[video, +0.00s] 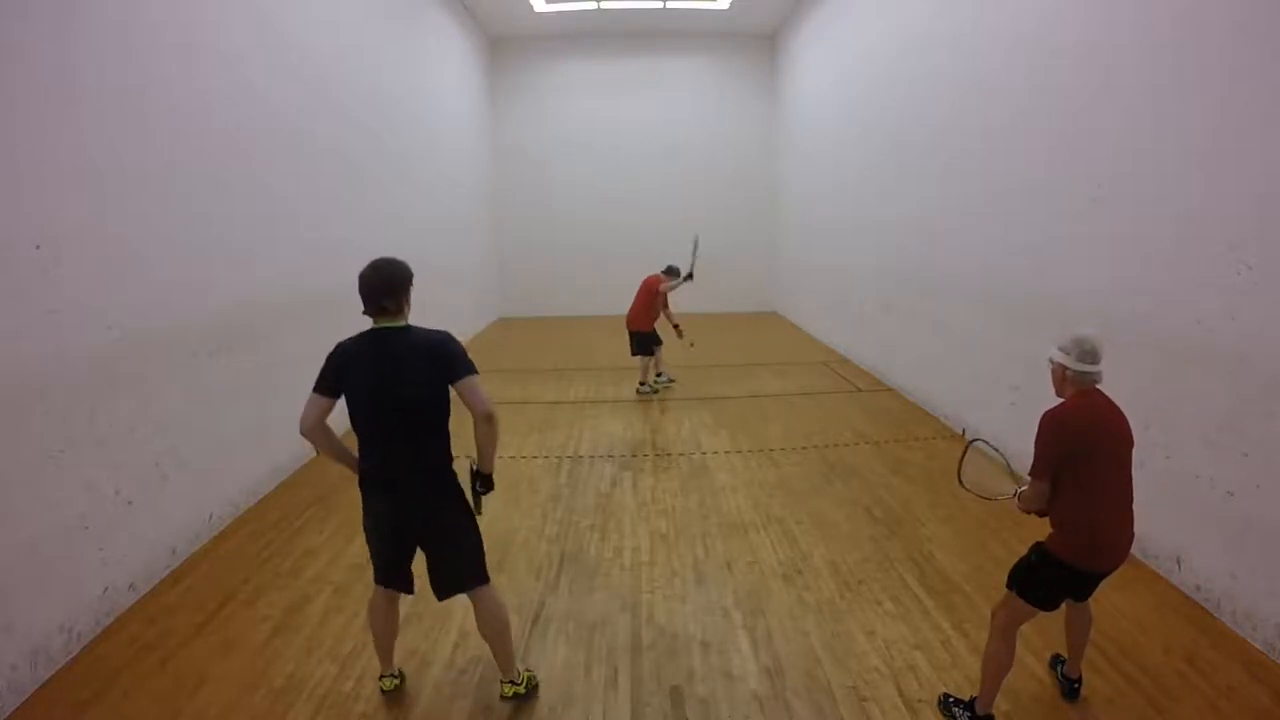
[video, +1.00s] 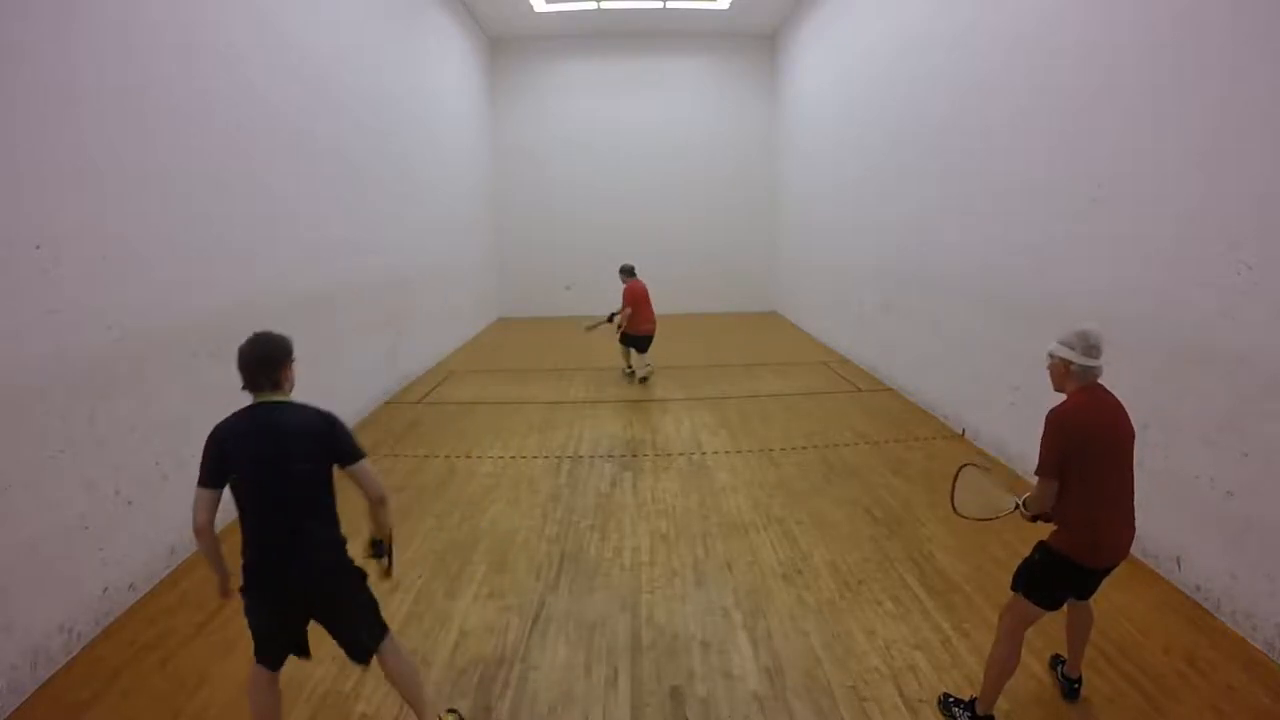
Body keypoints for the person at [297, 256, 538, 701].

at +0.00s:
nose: (411, 296)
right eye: (409, 291)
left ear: (363, 301)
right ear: (407, 297)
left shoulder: (346, 354)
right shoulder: (440, 345)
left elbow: (311, 425)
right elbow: (484, 411)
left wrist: (355, 465)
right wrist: (484, 470)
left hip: (381, 494)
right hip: (438, 490)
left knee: (386, 586)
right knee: (479, 586)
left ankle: (387, 673)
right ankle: (511, 678)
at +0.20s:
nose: (402, 313)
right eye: (401, 307)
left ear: (353, 318)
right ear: (398, 313)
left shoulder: (335, 377)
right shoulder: (430, 365)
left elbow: (309, 456)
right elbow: (473, 441)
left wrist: (348, 490)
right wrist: (477, 497)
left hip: (373, 519)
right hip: (432, 513)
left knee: (376, 607)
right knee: (475, 608)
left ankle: (379, 694)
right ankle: (511, 697)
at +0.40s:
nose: (389, 307)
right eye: (388, 301)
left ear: (339, 312)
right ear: (384, 307)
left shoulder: (318, 372)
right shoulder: (417, 358)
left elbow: (301, 458)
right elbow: (462, 434)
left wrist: (340, 489)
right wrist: (463, 494)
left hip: (359, 519)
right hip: (420, 512)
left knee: (360, 612)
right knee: (467, 610)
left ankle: (355, 710)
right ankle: (506, 706)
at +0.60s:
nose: (370, 323)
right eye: (368, 318)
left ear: (318, 327)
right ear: (364, 324)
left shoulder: (295, 385)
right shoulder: (395, 377)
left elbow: (260, 463)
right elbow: (448, 452)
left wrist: (307, 489)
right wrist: (459, 511)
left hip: (333, 540)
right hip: (395, 534)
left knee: (345, 635)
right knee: (449, 628)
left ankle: (349, 716)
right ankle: (498, 711)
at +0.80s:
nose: (336, 311)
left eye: (333, 303)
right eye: (334, 304)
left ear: (283, 314)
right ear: (327, 311)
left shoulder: (257, 369)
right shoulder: (357, 363)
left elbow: (217, 448)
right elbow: (414, 436)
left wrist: (258, 497)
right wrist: (425, 496)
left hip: (292, 526)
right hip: (355, 519)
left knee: (289, 629)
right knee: (409, 616)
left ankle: (286, 716)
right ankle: (456, 707)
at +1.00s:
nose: (294, 370)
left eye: (291, 364)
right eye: (292, 365)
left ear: (244, 378)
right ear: (287, 372)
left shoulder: (225, 436)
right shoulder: (319, 423)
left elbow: (202, 525)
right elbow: (376, 494)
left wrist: (222, 576)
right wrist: (380, 538)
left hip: (267, 578)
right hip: (327, 570)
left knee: (265, 667)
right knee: (383, 644)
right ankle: (429, 713)